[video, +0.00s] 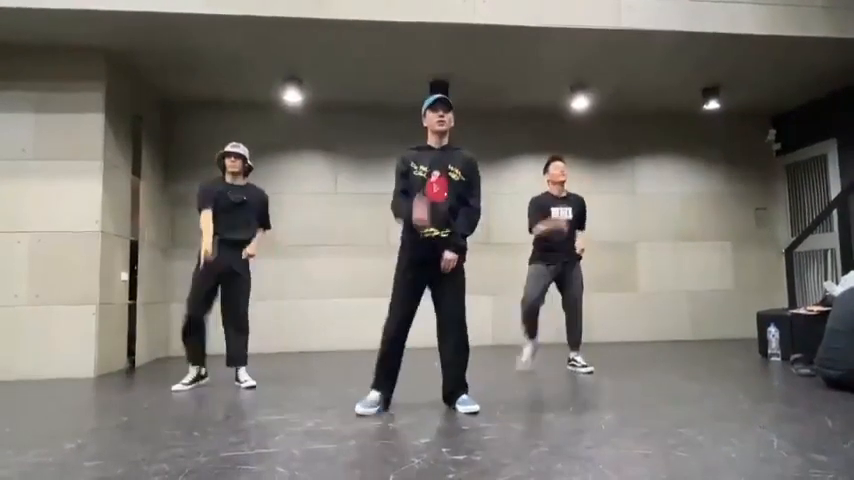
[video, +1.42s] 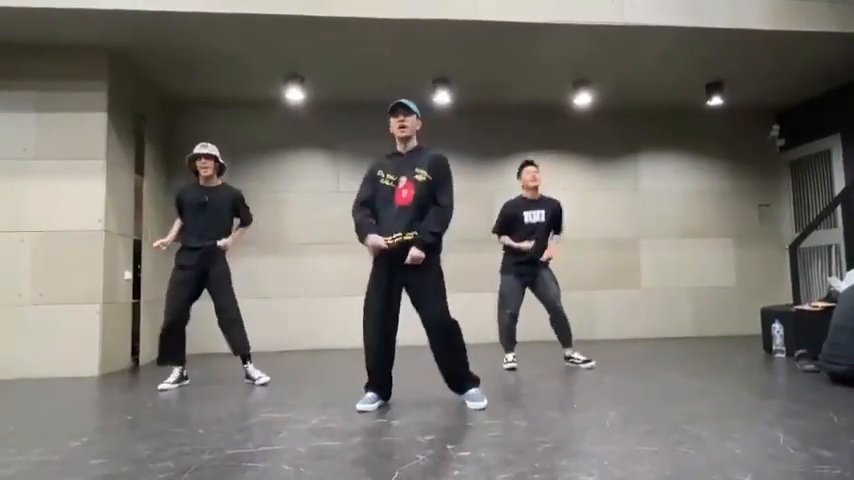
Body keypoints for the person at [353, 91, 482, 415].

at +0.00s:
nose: (441, 116)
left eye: (446, 111)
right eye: (434, 111)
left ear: (453, 118)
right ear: (424, 118)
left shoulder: (466, 162)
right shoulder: (409, 159)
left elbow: (471, 209)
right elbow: (398, 202)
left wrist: (456, 245)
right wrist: (412, 211)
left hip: (449, 254)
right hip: (413, 254)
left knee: (454, 326)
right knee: (396, 324)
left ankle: (457, 393)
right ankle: (380, 392)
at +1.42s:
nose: (401, 121)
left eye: (407, 115)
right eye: (396, 116)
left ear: (419, 123)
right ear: (390, 124)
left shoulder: (435, 161)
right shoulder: (379, 167)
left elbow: (443, 207)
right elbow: (361, 206)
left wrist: (422, 243)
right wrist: (368, 233)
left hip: (421, 256)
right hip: (385, 258)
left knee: (439, 322)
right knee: (377, 323)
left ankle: (466, 385)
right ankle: (377, 390)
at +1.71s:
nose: (410, 119)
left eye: (416, 114)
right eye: (407, 115)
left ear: (432, 117)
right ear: (403, 121)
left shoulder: (446, 146)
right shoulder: (408, 161)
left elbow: (459, 192)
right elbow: (399, 203)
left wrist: (441, 231)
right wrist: (374, 208)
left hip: (447, 249)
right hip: (414, 250)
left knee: (458, 317)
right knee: (398, 316)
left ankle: (475, 387)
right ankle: (381, 388)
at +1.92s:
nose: (442, 127)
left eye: (447, 122)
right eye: (436, 122)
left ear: (456, 128)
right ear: (427, 127)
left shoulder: (473, 166)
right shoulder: (417, 171)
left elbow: (481, 211)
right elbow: (412, 213)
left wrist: (466, 247)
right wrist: (412, 239)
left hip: (465, 257)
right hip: (429, 258)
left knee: (469, 326)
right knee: (415, 324)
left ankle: (474, 389)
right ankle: (404, 390)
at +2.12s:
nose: (455, 121)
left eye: (459, 117)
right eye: (448, 116)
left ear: (463, 124)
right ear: (434, 123)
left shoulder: (473, 167)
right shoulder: (421, 164)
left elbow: (482, 209)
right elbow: (417, 208)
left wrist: (469, 217)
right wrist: (453, 212)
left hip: (464, 257)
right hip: (430, 257)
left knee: (472, 323)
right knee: (418, 323)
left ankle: (475, 390)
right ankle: (401, 389)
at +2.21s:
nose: (453, 123)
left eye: (456, 119)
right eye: (446, 118)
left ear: (460, 126)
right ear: (432, 125)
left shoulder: (470, 165)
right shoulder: (419, 163)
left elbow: (474, 210)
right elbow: (420, 197)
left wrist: (455, 207)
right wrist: (466, 199)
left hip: (461, 253)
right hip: (427, 254)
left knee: (470, 321)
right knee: (417, 321)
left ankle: (476, 390)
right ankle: (400, 389)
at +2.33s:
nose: (441, 125)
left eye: (445, 120)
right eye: (435, 120)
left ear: (452, 126)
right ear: (424, 126)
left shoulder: (464, 165)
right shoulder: (414, 163)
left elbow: (481, 205)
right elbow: (395, 191)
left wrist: (470, 178)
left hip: (455, 260)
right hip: (419, 259)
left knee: (464, 324)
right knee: (411, 324)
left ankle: (475, 390)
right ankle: (402, 390)